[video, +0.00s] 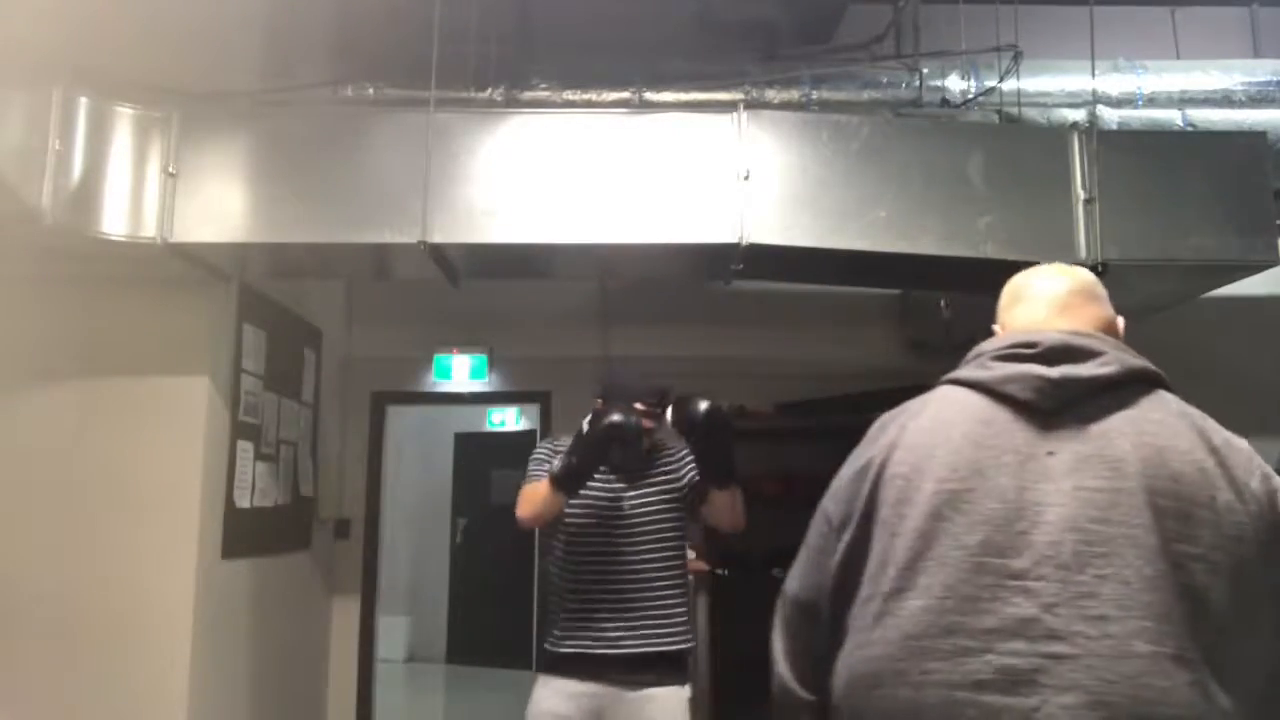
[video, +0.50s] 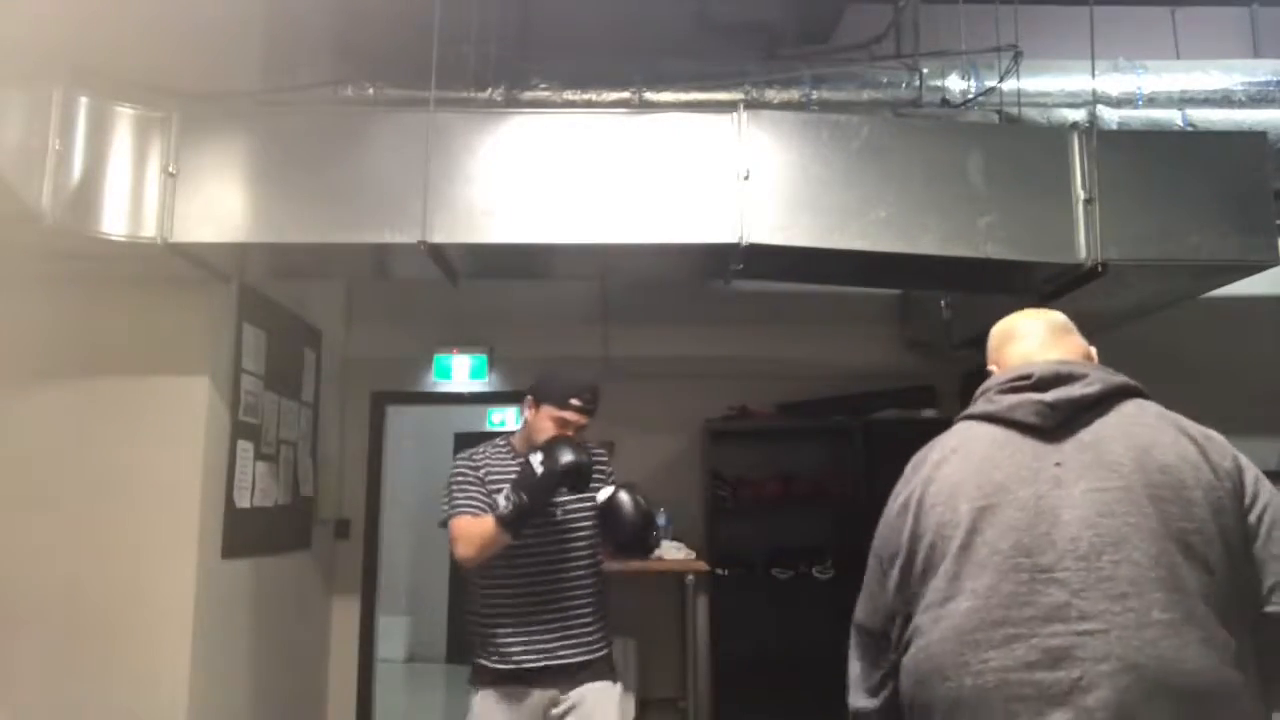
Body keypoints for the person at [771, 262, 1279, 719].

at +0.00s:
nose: (1120, 325)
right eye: (1119, 323)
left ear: (994, 336)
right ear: (1118, 331)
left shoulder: (897, 437)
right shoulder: (1223, 457)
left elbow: (801, 629)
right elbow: (1261, 654)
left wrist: (804, 709)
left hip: (905, 702)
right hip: (1154, 704)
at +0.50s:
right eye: (1092, 352)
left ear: (990, 374)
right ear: (1093, 355)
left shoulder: (928, 468)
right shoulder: (1204, 450)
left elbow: (872, 649)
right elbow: (1276, 593)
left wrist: (873, 711)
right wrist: (1261, 698)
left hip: (967, 704)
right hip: (1186, 700)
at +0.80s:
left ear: (1036, 386)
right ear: (1131, 373)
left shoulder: (981, 463)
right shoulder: (1235, 465)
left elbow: (904, 602)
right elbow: (1272, 591)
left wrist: (927, 691)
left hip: (1012, 699)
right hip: (1223, 696)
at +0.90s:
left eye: (1046, 379)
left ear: (1051, 382)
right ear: (1140, 373)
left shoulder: (1001, 454)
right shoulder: (1235, 460)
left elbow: (927, 586)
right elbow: (1275, 576)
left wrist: (954, 665)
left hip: (1032, 693)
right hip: (1229, 693)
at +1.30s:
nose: (1002, 412)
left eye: (1002, 396)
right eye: (999, 398)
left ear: (1036, 378)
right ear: (1085, 376)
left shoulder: (1020, 448)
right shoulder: (1172, 454)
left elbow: (987, 582)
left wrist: (950, 624)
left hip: (1112, 697)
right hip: (1246, 687)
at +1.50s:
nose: (957, 421)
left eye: (959, 405)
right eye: (954, 407)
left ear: (1000, 392)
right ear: (1036, 387)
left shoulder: (993, 471)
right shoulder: (1115, 454)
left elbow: (968, 614)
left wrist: (922, 639)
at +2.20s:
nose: (983, 403)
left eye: (992, 385)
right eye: (984, 388)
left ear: (1042, 382)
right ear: (1044, 383)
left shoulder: (1059, 461)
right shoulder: (1107, 444)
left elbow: (1022, 600)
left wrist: (933, 593)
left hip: (1111, 705)